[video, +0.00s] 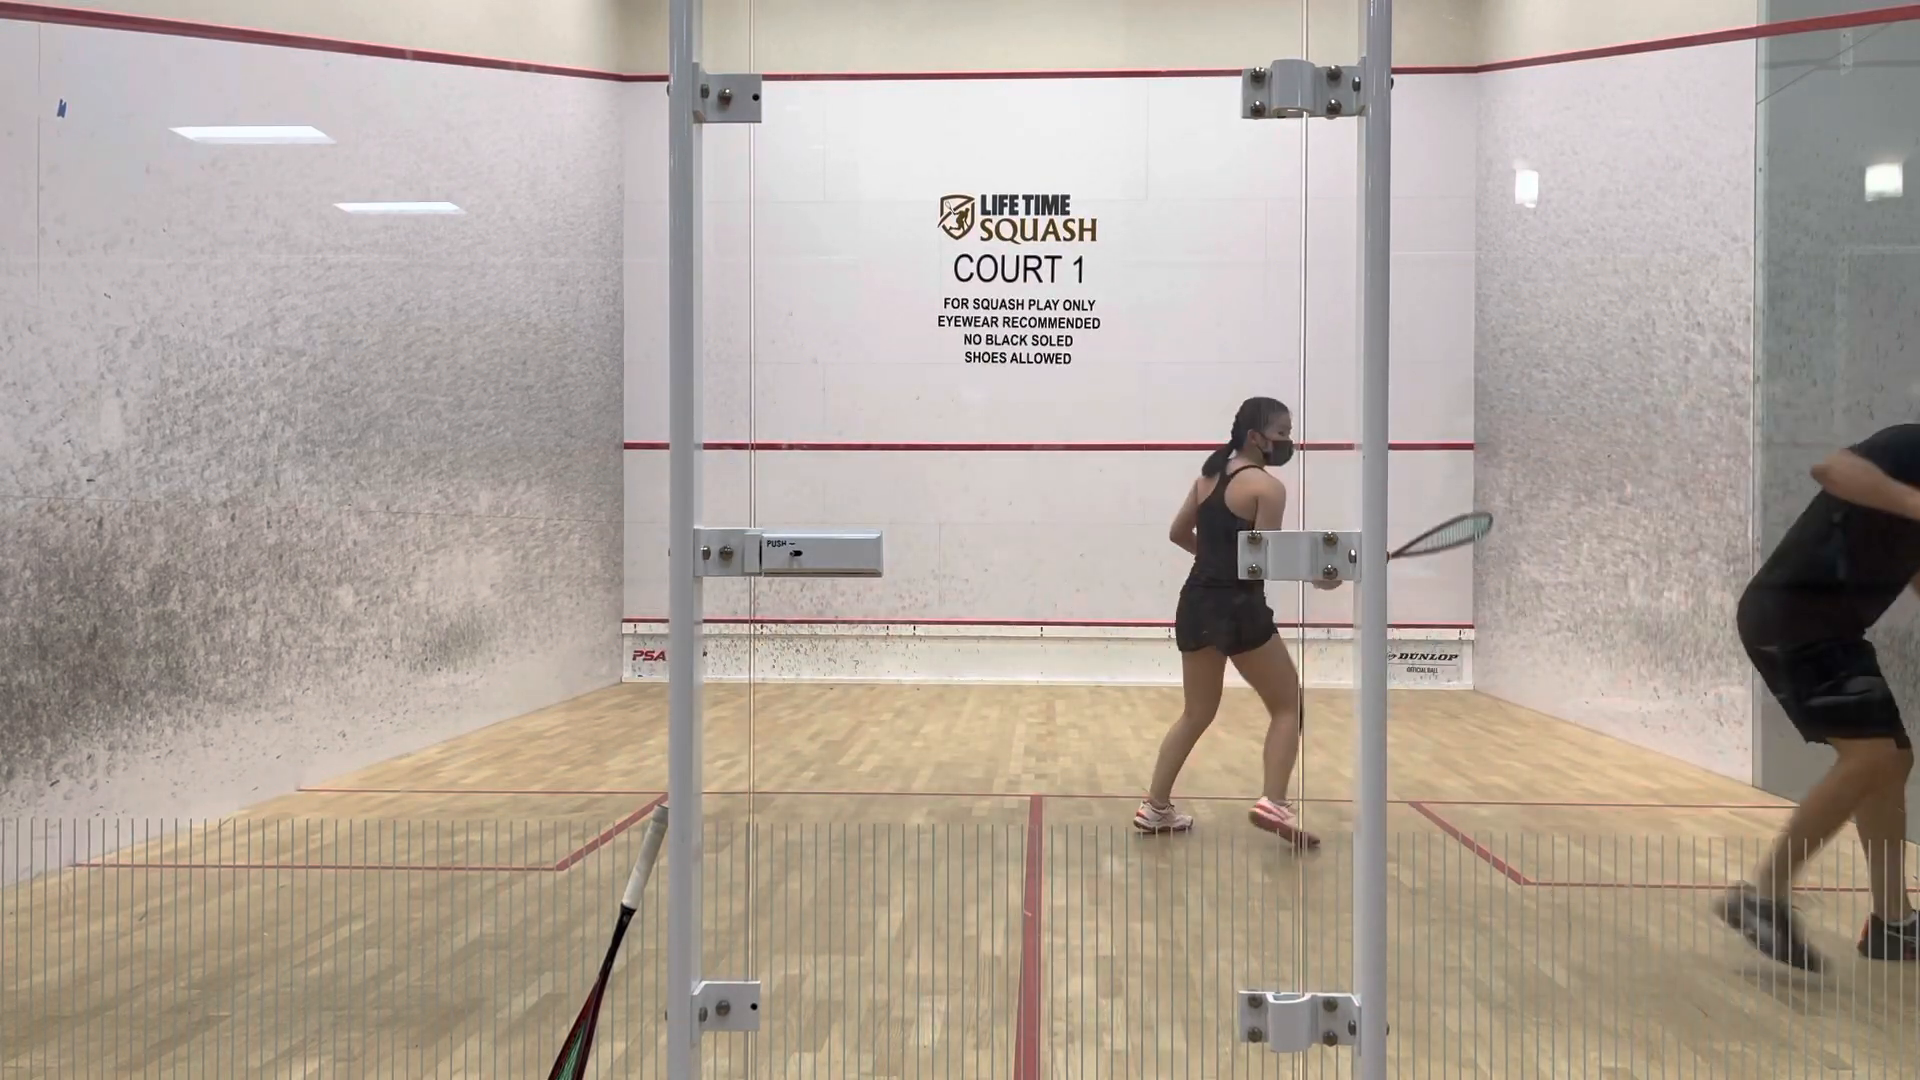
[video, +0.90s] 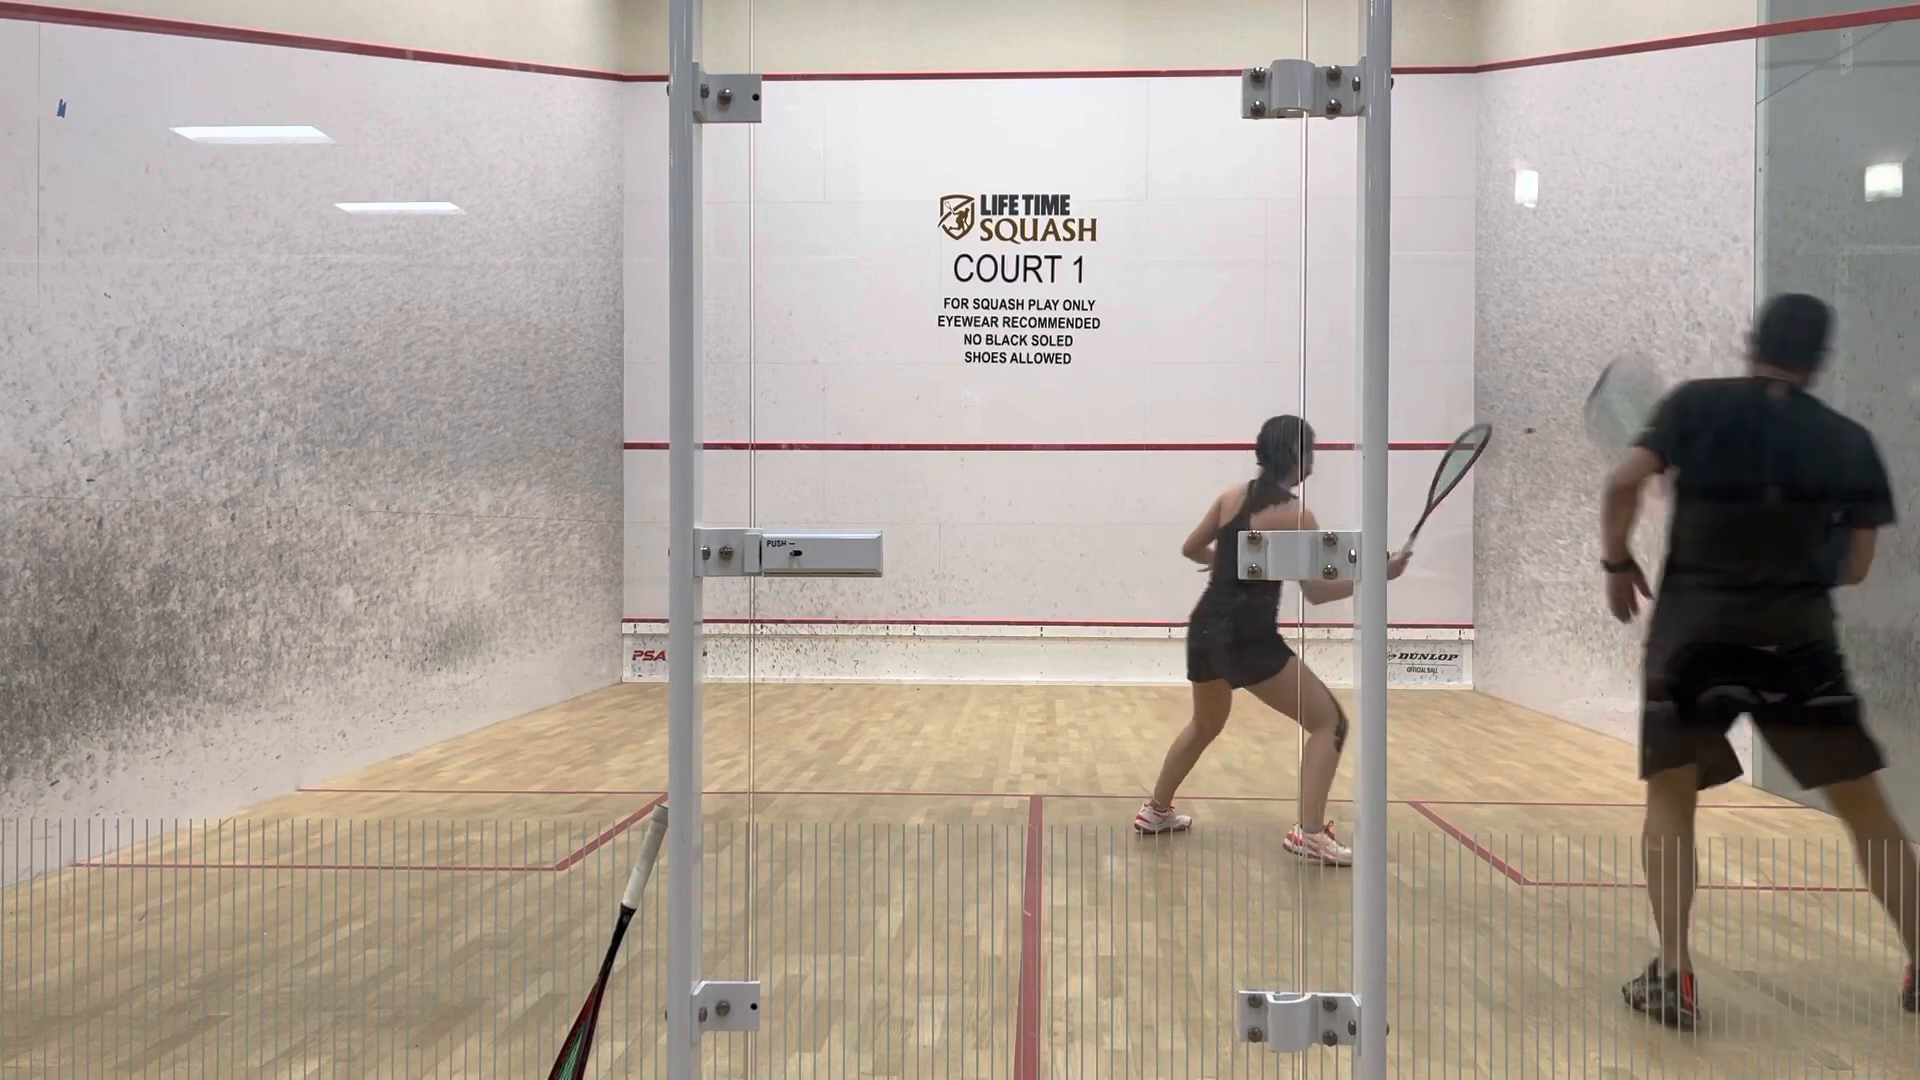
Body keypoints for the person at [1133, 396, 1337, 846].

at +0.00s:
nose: (1288, 439)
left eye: (1289, 432)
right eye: (1282, 432)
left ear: (1246, 437)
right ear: (1255, 435)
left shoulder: (1210, 474)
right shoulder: (1268, 487)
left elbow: (1179, 532)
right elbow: (1268, 557)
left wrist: (1215, 556)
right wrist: (1318, 575)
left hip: (1196, 605)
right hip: (1240, 610)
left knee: (1196, 713)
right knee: (1286, 705)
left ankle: (1155, 806)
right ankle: (1274, 801)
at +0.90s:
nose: (1313, 461)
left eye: (1312, 453)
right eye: (1310, 453)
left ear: (1264, 453)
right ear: (1298, 458)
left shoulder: (1231, 497)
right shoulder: (1297, 517)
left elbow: (1193, 548)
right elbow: (1317, 593)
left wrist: (1232, 566)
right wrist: (1377, 573)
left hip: (1204, 633)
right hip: (1250, 641)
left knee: (1205, 722)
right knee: (1329, 722)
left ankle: (1157, 808)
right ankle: (1310, 830)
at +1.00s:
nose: (1346, 451)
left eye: (1344, 442)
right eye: (1341, 443)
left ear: (1298, 444)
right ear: (1326, 448)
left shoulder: (1269, 488)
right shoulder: (1328, 503)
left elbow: (1229, 539)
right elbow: (1352, 578)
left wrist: (1288, 554)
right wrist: (1416, 556)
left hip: (1243, 627)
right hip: (1282, 636)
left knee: (1222, 723)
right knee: (1353, 729)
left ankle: (1169, 798)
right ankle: (1310, 835)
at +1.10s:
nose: (1381, 426)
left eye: (1378, 415)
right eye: (1376, 416)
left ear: (1329, 420)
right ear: (1365, 423)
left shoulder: (1307, 467)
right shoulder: (1349, 477)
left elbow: (1275, 525)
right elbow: (1377, 556)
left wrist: (1314, 572)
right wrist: (1444, 532)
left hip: (1276, 610)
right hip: (1312, 618)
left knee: (1278, 714)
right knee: (1359, 727)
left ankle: (1230, 812)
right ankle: (1312, 832)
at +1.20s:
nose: (1419, 413)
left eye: (1419, 403)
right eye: (1416, 403)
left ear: (1382, 401)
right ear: (1399, 405)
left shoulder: (1351, 451)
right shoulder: (1378, 462)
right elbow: (1386, 540)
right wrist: (1460, 516)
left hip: (1311, 592)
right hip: (1331, 597)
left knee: (1322, 708)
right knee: (1384, 713)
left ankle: (1306, 820)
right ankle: (1339, 823)